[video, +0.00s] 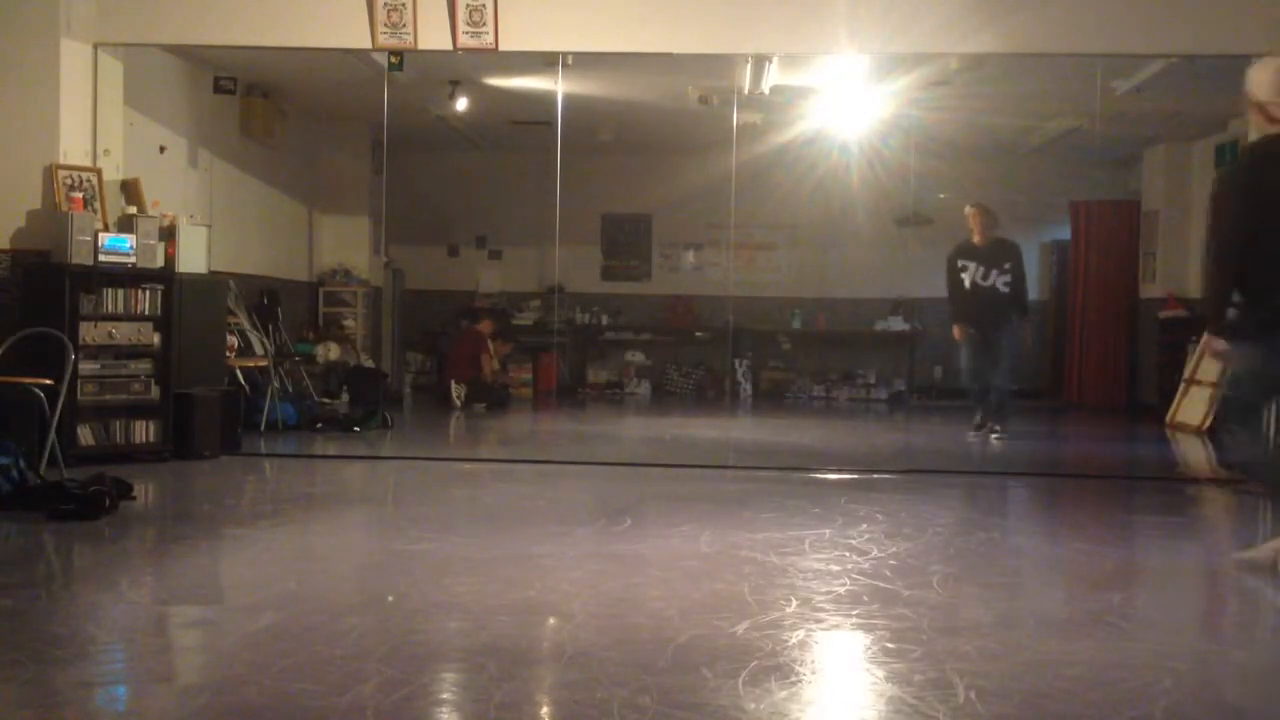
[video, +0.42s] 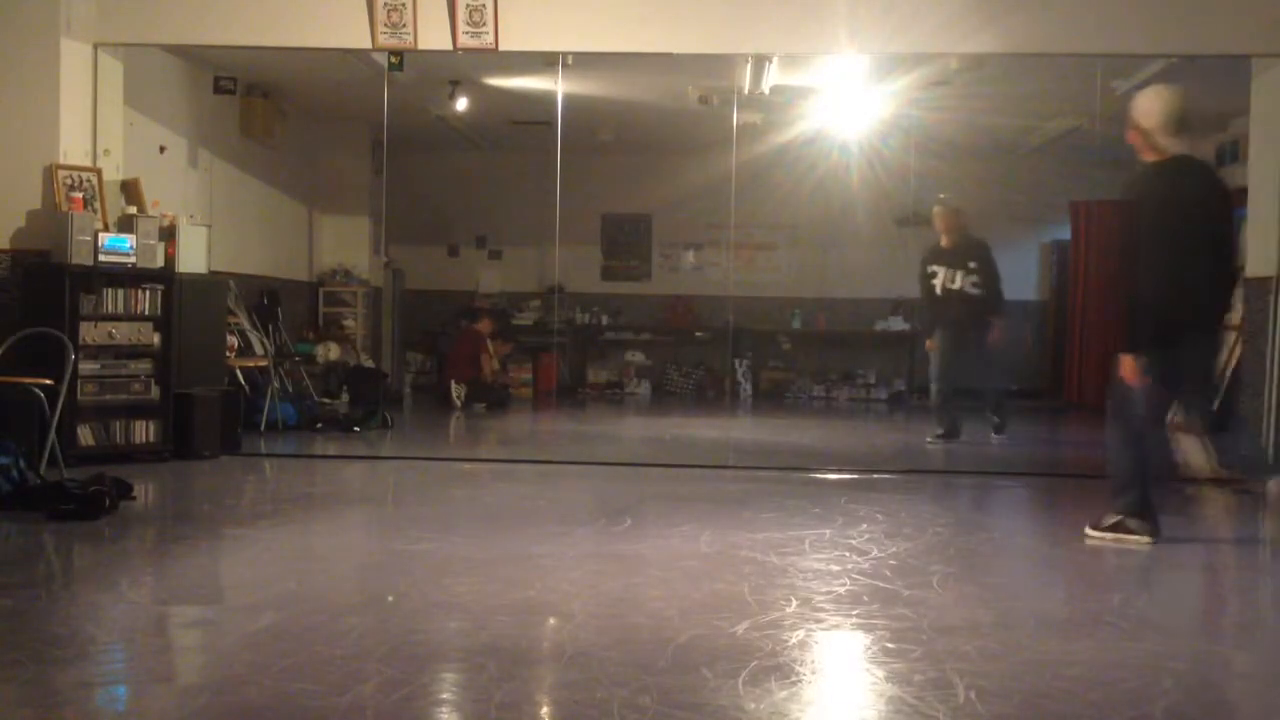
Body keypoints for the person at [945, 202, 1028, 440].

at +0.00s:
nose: (978, 221)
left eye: (982, 216)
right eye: (974, 217)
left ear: (991, 220)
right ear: (968, 222)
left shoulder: (1009, 249)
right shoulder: (959, 254)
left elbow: (1019, 286)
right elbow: (954, 291)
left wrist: (1023, 319)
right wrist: (956, 321)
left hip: (1003, 318)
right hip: (971, 319)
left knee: (1001, 371)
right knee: (970, 369)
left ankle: (997, 421)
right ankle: (979, 412)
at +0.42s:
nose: (943, 223)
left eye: (948, 217)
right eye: (939, 218)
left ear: (960, 219)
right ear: (934, 222)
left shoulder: (978, 249)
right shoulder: (931, 257)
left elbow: (993, 288)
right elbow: (927, 299)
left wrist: (997, 321)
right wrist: (929, 332)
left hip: (977, 322)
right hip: (945, 323)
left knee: (984, 372)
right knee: (940, 378)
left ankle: (997, 420)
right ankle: (948, 427)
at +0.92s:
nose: (891, 219)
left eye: (896, 214)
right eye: (889, 214)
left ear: (910, 217)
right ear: (886, 218)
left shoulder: (925, 249)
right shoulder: (882, 253)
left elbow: (932, 290)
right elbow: (873, 293)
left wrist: (932, 324)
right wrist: (874, 327)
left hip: (911, 321)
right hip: (887, 321)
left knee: (887, 369)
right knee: (913, 375)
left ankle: (877, 425)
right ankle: (941, 418)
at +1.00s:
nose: (884, 220)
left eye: (889, 214)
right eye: (881, 214)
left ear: (900, 216)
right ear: (876, 217)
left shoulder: (912, 249)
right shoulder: (871, 254)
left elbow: (917, 290)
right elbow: (866, 294)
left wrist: (918, 324)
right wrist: (865, 326)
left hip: (902, 320)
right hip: (878, 320)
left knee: (875, 367)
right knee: (903, 371)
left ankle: (873, 426)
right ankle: (929, 404)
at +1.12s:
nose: (870, 219)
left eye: (875, 213)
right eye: (867, 213)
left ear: (885, 216)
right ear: (862, 216)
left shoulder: (892, 245)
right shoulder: (856, 248)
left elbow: (895, 285)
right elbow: (847, 286)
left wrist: (892, 320)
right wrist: (843, 317)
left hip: (879, 317)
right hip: (857, 316)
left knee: (867, 371)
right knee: (848, 369)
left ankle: (870, 427)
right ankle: (890, 400)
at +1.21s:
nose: (860, 214)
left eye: (864, 208)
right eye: (857, 208)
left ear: (874, 210)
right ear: (852, 211)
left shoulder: (881, 241)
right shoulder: (845, 243)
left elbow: (880, 281)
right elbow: (838, 283)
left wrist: (874, 314)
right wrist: (829, 310)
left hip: (868, 313)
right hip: (844, 313)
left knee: (866, 367)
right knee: (834, 364)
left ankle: (871, 425)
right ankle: (859, 419)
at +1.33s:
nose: (830, 217)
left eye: (835, 211)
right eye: (828, 211)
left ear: (845, 212)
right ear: (826, 213)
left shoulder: (858, 243)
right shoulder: (829, 243)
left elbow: (862, 285)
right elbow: (823, 285)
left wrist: (847, 315)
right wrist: (813, 316)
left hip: (846, 316)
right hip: (827, 314)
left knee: (816, 365)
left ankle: (802, 420)